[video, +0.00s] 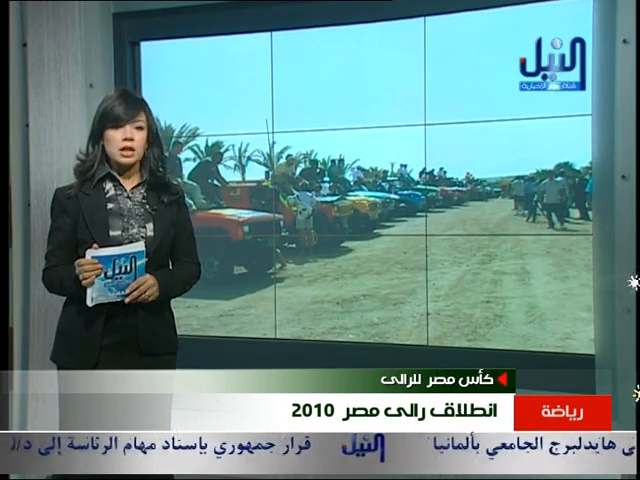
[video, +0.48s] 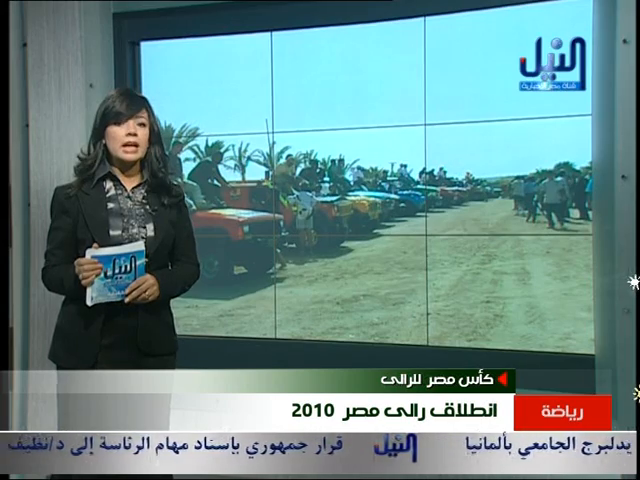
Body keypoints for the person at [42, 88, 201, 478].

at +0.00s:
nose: (128, 136)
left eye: (137, 128)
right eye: (117, 127)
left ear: (149, 137)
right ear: (101, 137)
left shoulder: (170, 197)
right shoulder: (71, 198)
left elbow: (189, 267)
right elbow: (52, 274)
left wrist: (161, 282)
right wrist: (76, 276)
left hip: (151, 349)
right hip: (86, 349)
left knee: (151, 452)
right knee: (85, 452)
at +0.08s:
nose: (129, 136)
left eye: (139, 127)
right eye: (119, 127)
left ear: (150, 137)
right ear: (102, 136)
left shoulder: (170, 197)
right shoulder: (71, 199)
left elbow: (189, 267)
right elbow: (52, 274)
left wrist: (162, 282)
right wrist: (76, 276)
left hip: (152, 349)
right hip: (86, 349)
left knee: (150, 452)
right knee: (84, 452)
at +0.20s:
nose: (130, 135)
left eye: (139, 127)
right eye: (120, 126)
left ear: (150, 137)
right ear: (102, 136)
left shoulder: (170, 197)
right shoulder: (72, 198)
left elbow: (189, 267)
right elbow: (52, 274)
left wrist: (162, 282)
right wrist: (76, 276)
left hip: (151, 349)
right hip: (86, 350)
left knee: (151, 452)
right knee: (84, 452)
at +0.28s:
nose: (130, 134)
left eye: (139, 126)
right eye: (120, 125)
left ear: (151, 136)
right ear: (102, 135)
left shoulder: (170, 196)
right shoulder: (72, 198)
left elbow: (189, 267)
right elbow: (52, 274)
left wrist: (162, 282)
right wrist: (75, 276)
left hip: (152, 349)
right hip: (87, 349)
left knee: (151, 451)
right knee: (84, 452)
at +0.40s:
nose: (130, 133)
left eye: (139, 125)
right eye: (120, 124)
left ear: (151, 135)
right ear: (102, 135)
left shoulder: (170, 197)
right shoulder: (71, 197)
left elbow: (189, 267)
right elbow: (52, 273)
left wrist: (161, 282)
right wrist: (76, 275)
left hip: (151, 349)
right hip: (86, 349)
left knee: (151, 451)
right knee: (83, 452)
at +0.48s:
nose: (131, 133)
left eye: (140, 124)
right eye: (120, 124)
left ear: (151, 135)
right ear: (102, 135)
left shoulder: (170, 196)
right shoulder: (71, 198)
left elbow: (189, 267)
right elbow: (52, 273)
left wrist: (161, 282)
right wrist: (76, 274)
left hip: (151, 348)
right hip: (86, 349)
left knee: (150, 452)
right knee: (83, 452)